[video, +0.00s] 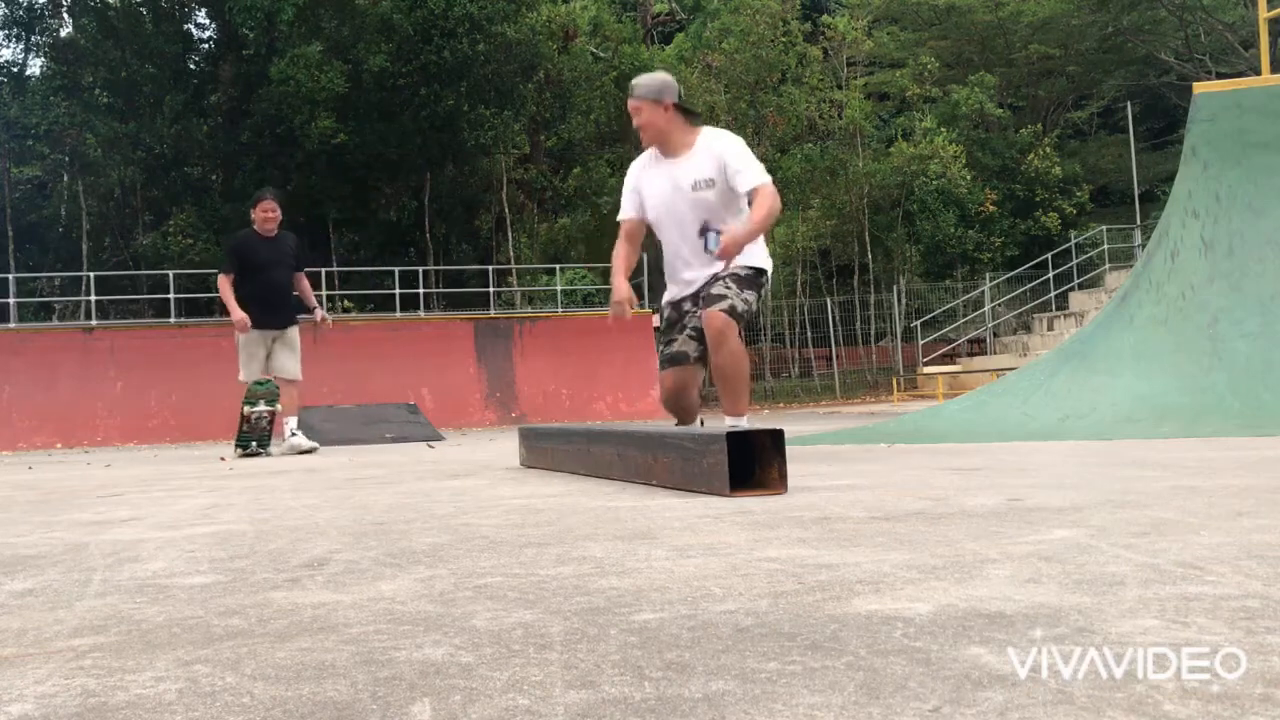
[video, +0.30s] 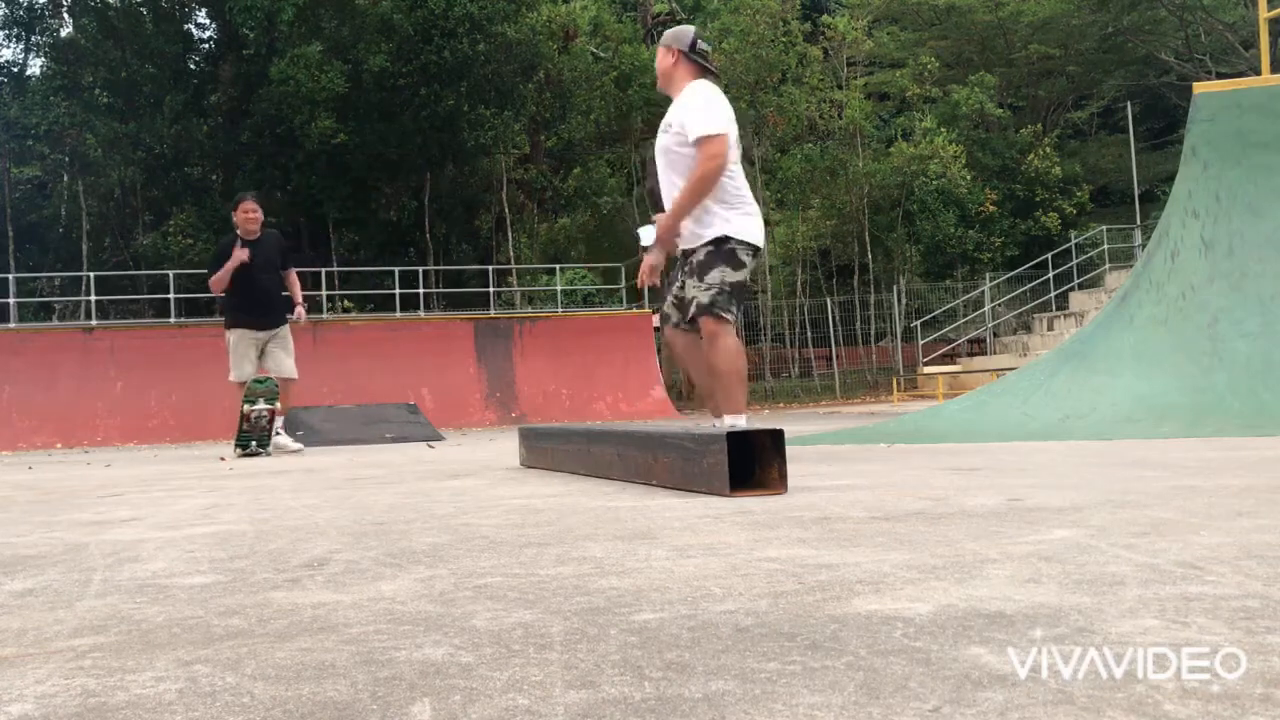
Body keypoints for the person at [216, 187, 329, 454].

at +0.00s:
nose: (270, 216)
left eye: (274, 211)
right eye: (264, 211)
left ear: (280, 214)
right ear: (253, 214)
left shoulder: (289, 242)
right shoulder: (240, 243)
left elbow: (299, 278)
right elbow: (224, 281)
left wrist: (315, 307)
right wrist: (235, 311)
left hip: (286, 325)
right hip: (252, 327)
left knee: (289, 379)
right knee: (252, 383)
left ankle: (291, 434)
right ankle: (253, 439)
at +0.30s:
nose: (252, 216)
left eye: (256, 211)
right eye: (246, 212)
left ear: (262, 215)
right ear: (235, 217)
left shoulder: (274, 239)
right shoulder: (227, 247)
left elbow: (289, 273)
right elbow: (215, 286)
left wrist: (299, 302)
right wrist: (231, 263)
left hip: (277, 324)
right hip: (242, 327)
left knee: (285, 377)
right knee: (245, 383)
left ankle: (277, 431)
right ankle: (248, 438)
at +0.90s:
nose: (257, 231)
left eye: (261, 227)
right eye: (251, 227)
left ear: (266, 229)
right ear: (239, 228)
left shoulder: (269, 254)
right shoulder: (227, 255)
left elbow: (278, 290)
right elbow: (216, 292)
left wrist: (290, 323)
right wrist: (232, 303)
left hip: (269, 331)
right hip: (241, 332)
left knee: (272, 386)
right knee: (245, 385)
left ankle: (267, 438)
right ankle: (246, 439)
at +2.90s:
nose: (267, 196)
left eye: (272, 191)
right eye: (262, 189)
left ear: (275, 195)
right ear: (245, 188)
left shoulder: (267, 221)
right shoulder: (225, 215)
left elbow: (284, 256)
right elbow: (193, 251)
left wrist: (299, 292)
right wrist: (180, 299)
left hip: (239, 298)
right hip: (213, 296)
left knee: (247, 358)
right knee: (234, 355)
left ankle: (227, 422)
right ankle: (225, 423)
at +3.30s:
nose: (273, 180)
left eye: (278, 176)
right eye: (268, 172)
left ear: (280, 181)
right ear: (249, 171)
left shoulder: (260, 209)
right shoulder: (226, 199)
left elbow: (255, 250)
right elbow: (217, 246)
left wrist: (268, 288)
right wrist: (229, 293)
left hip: (222, 291)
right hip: (190, 288)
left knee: (224, 355)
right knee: (189, 355)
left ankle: (216, 423)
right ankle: (186, 427)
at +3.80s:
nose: (296, 171)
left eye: (301, 167)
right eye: (290, 163)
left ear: (303, 171)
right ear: (269, 161)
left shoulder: (270, 199)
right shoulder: (249, 186)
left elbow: (277, 238)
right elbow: (221, 228)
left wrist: (302, 274)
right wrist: (210, 277)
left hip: (204, 277)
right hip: (215, 278)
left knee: (216, 355)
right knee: (240, 347)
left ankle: (190, 425)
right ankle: (223, 424)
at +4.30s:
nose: (334, 158)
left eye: (340, 153)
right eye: (328, 149)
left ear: (342, 157)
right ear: (305, 146)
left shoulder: (313, 191)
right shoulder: (280, 173)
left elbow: (330, 236)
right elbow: (245, 223)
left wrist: (346, 284)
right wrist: (242, 285)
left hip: (232, 269)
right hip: (244, 268)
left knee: (260, 349)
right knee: (286, 336)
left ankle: (225, 425)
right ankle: (267, 420)